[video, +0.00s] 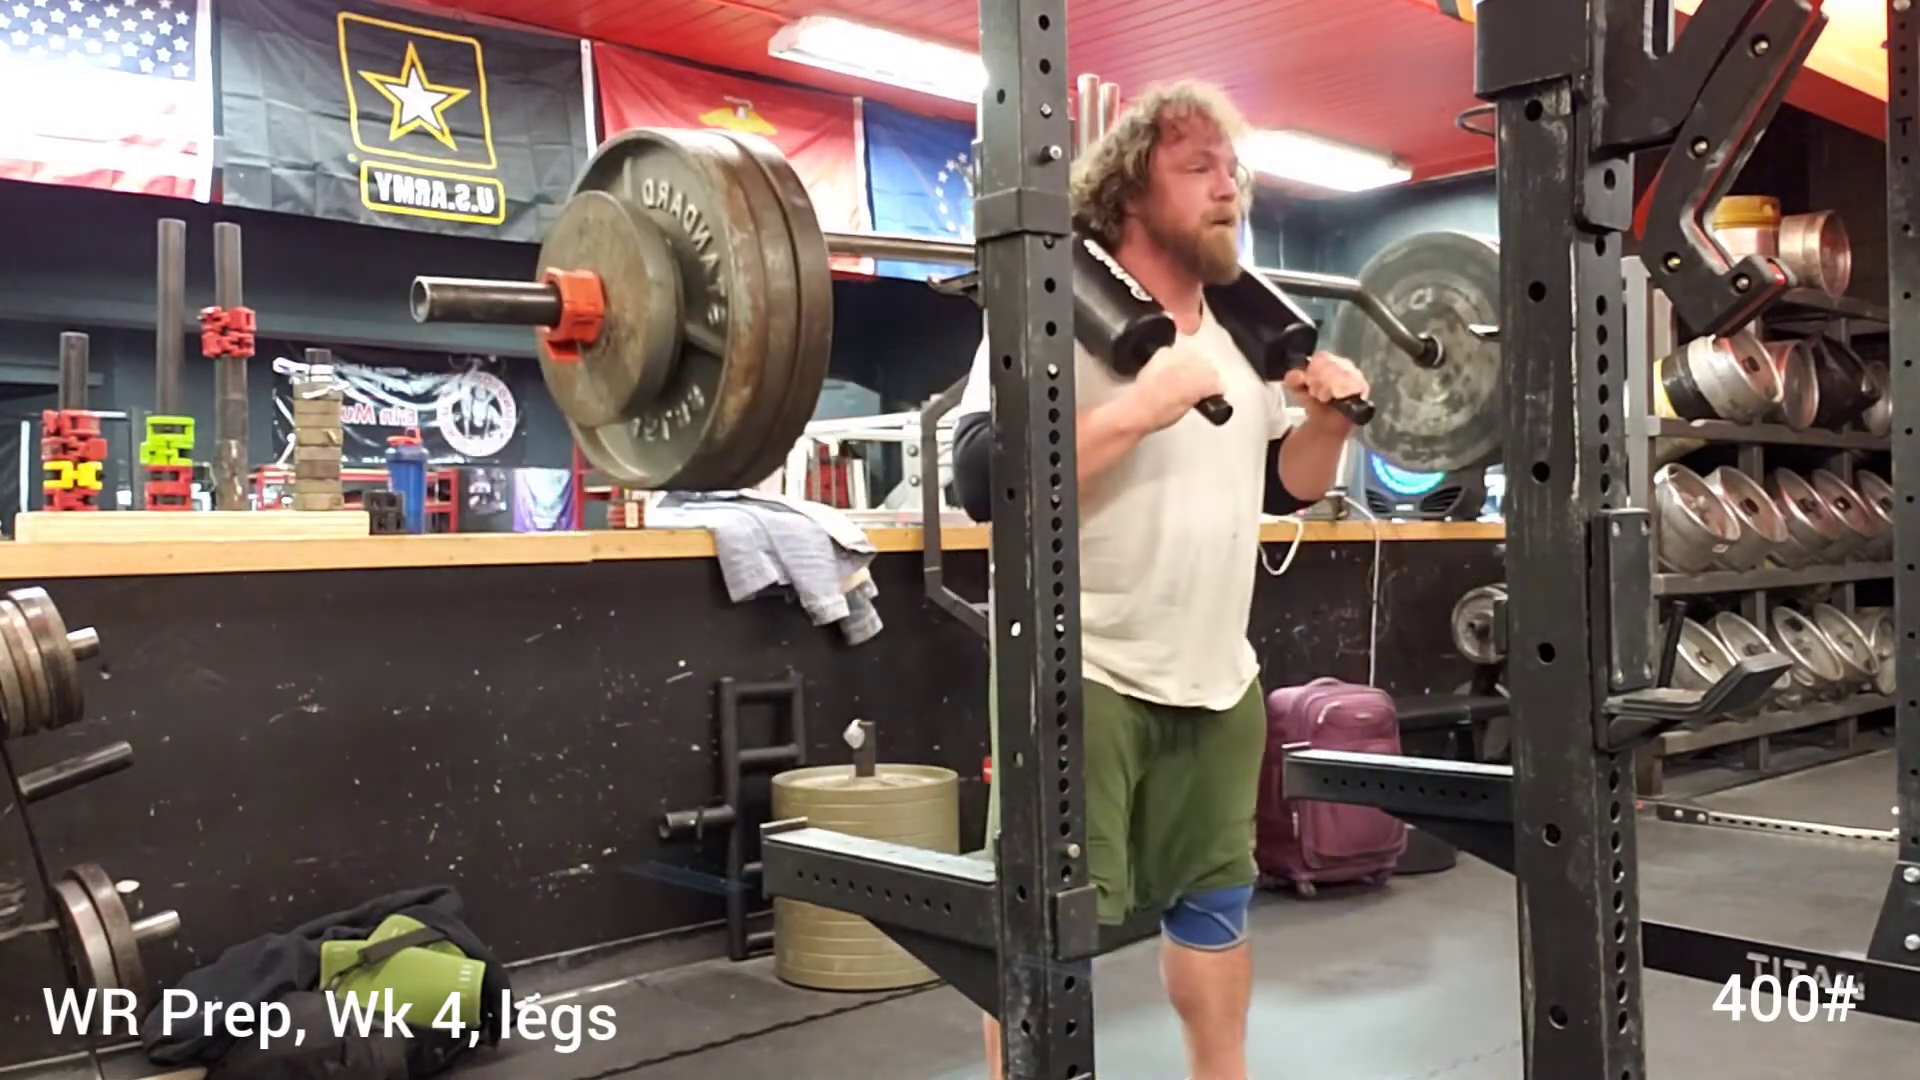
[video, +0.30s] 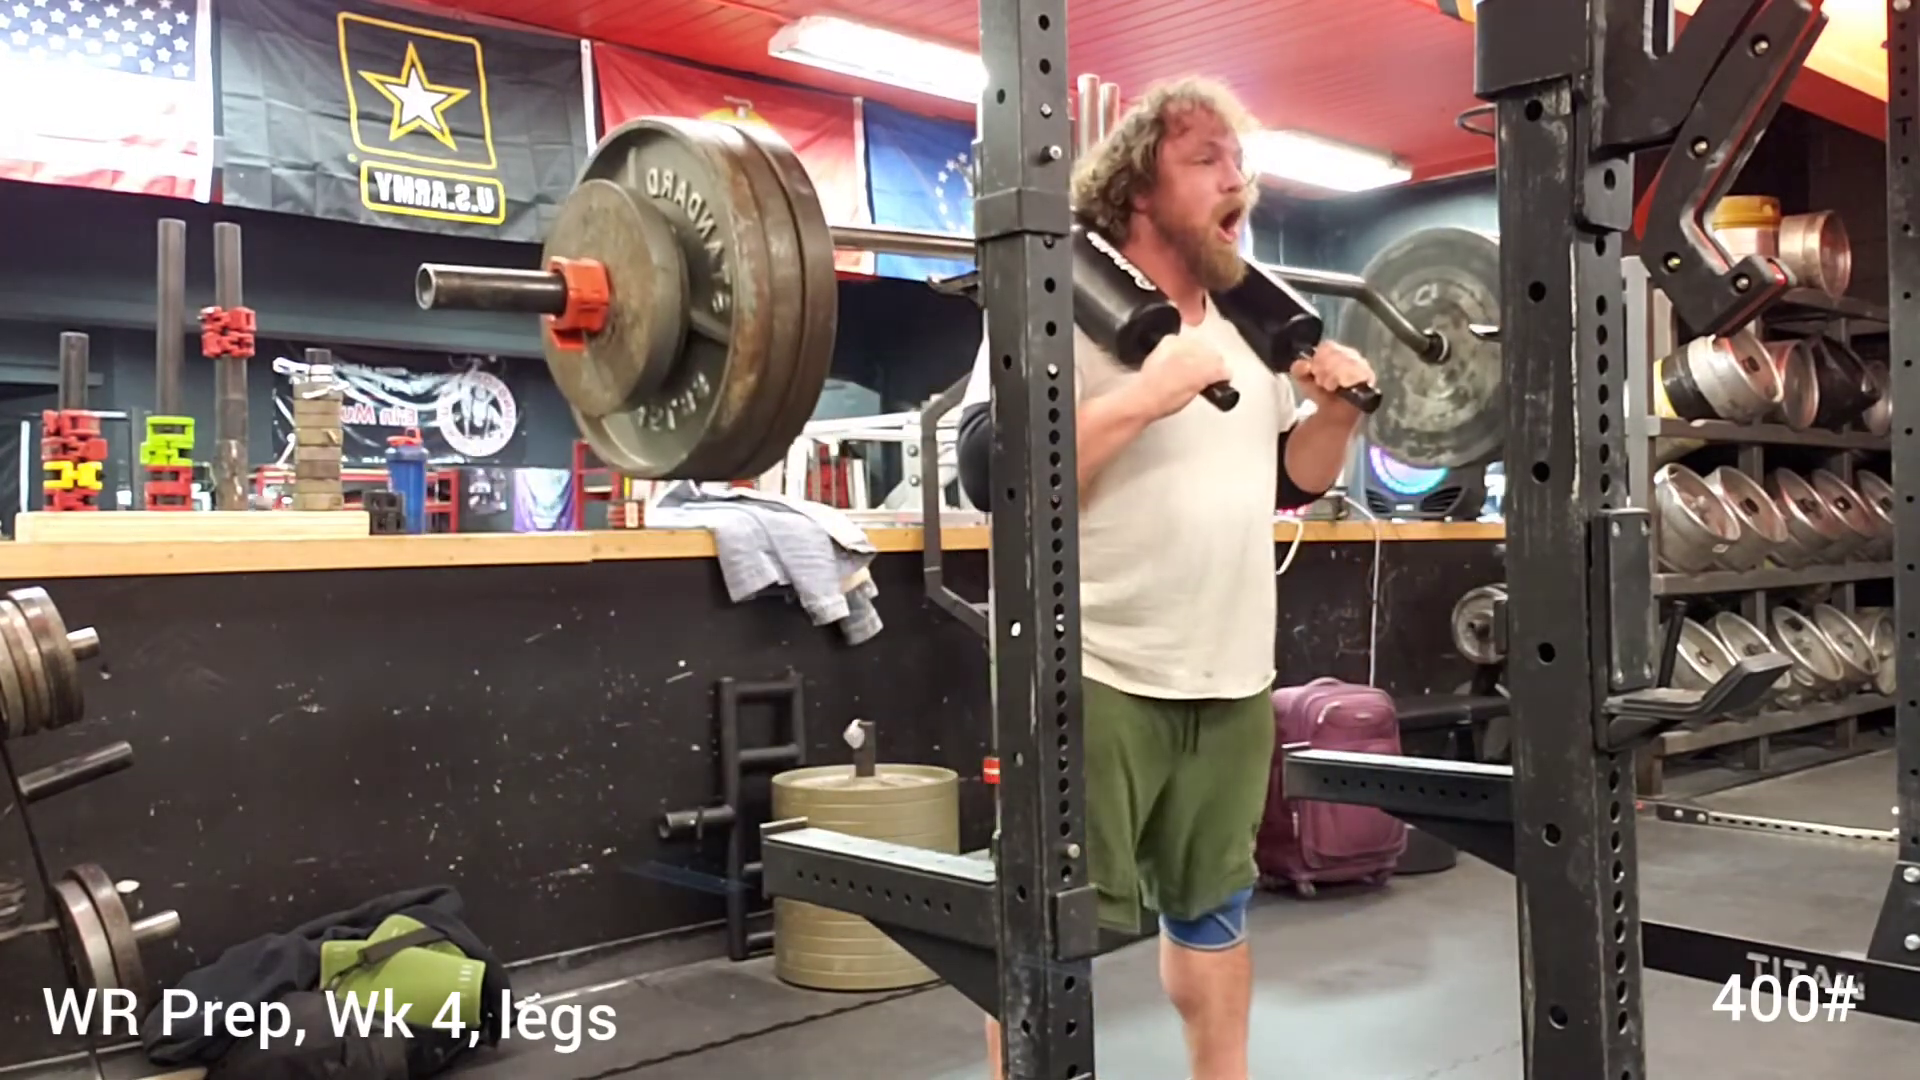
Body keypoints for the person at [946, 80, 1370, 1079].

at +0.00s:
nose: (1228, 187)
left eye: (1232, 168)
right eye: (1200, 168)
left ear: (1240, 185)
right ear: (1133, 187)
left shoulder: (1247, 322)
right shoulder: (1050, 300)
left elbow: (1288, 486)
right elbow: (979, 478)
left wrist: (1328, 416)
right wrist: (1134, 411)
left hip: (1216, 672)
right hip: (1081, 669)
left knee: (1213, 910)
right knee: (1052, 921)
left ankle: (1221, 1074)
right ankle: (1020, 1072)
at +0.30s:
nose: (1238, 183)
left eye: (1240, 162)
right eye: (1208, 160)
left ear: (1243, 182)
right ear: (1139, 184)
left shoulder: (1252, 318)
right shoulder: (1054, 296)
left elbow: (1296, 478)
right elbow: (991, 471)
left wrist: (1336, 404)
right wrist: (1143, 395)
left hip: (1232, 673)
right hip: (1094, 670)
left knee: (1212, 918)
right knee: (1056, 929)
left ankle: (1222, 1073)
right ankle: (1023, 1071)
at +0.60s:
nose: (1241, 183)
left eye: (1243, 162)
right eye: (1211, 160)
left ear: (1246, 180)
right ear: (1143, 186)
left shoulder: (1252, 319)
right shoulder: (1060, 294)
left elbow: (1302, 474)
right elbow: (995, 463)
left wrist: (1340, 398)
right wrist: (1142, 389)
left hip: (1229, 677)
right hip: (1094, 676)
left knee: (1211, 923)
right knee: (1055, 933)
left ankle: (1221, 1074)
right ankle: (1026, 1072)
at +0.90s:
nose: (1240, 257)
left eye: (1244, 240)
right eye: (1213, 239)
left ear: (1254, 259)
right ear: (1147, 264)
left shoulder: (1263, 382)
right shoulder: (1066, 372)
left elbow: (1319, 555)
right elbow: (1020, 553)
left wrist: (1345, 487)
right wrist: (1168, 475)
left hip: (1203, 718)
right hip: (1065, 719)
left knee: (1284, 894)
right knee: (1047, 955)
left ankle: (1234, 1073)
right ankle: (1022, 1076)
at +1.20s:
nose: (1255, 392)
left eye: (1259, 372)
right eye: (1229, 373)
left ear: (1268, 379)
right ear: (1161, 393)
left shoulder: (1266, 498)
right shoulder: (1072, 499)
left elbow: (1325, 674)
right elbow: (1019, 688)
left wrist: (1351, 612)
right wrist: (1165, 627)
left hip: (1192, 779)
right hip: (1051, 786)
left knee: (1317, 906)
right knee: (1072, 962)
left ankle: (1239, 1074)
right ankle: (1018, 1068)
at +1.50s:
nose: (1266, 513)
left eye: (1273, 493)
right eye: (1240, 493)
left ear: (1284, 498)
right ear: (1169, 504)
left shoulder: (1273, 605)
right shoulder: (1076, 614)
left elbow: (1334, 778)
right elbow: (1017, 803)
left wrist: (1360, 723)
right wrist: (1174, 753)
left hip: (1209, 858)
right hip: (1078, 870)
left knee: (1347, 915)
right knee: (1080, 977)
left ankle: (1245, 1074)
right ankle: (1026, 1070)